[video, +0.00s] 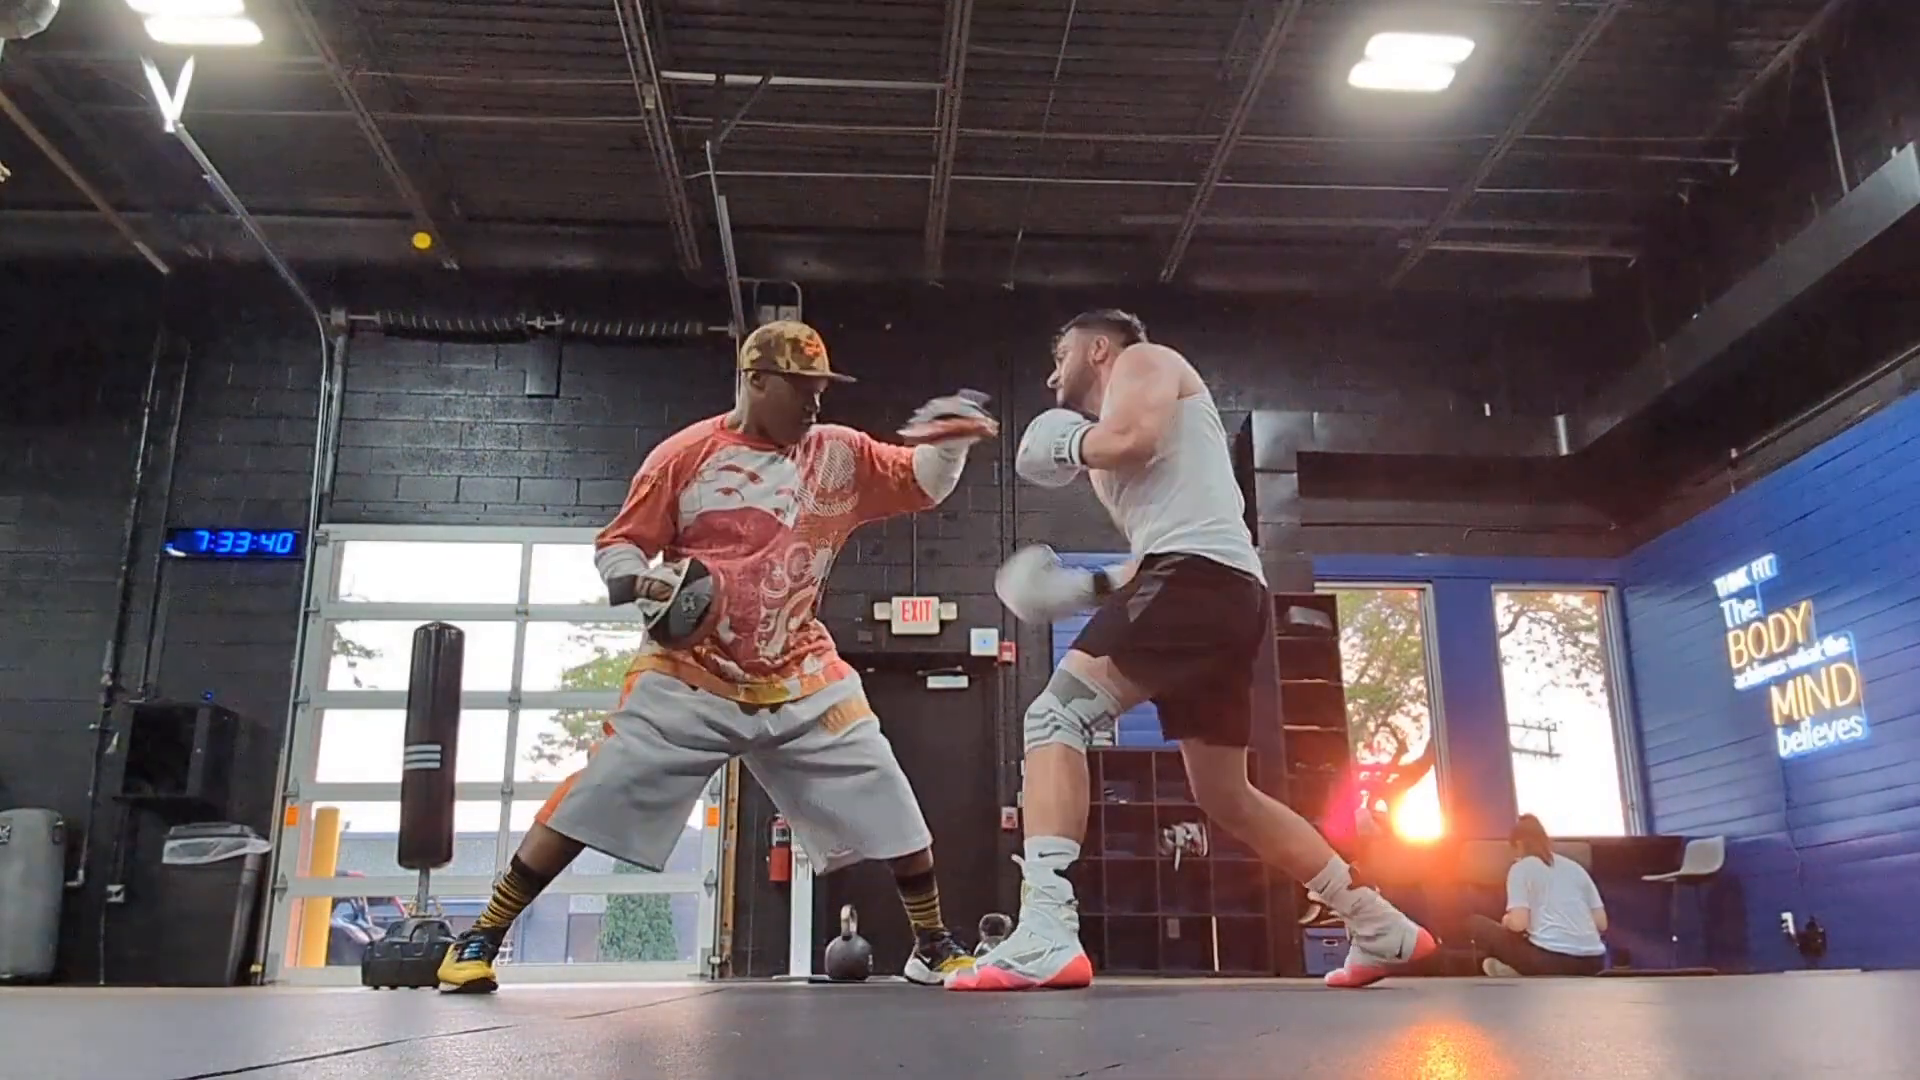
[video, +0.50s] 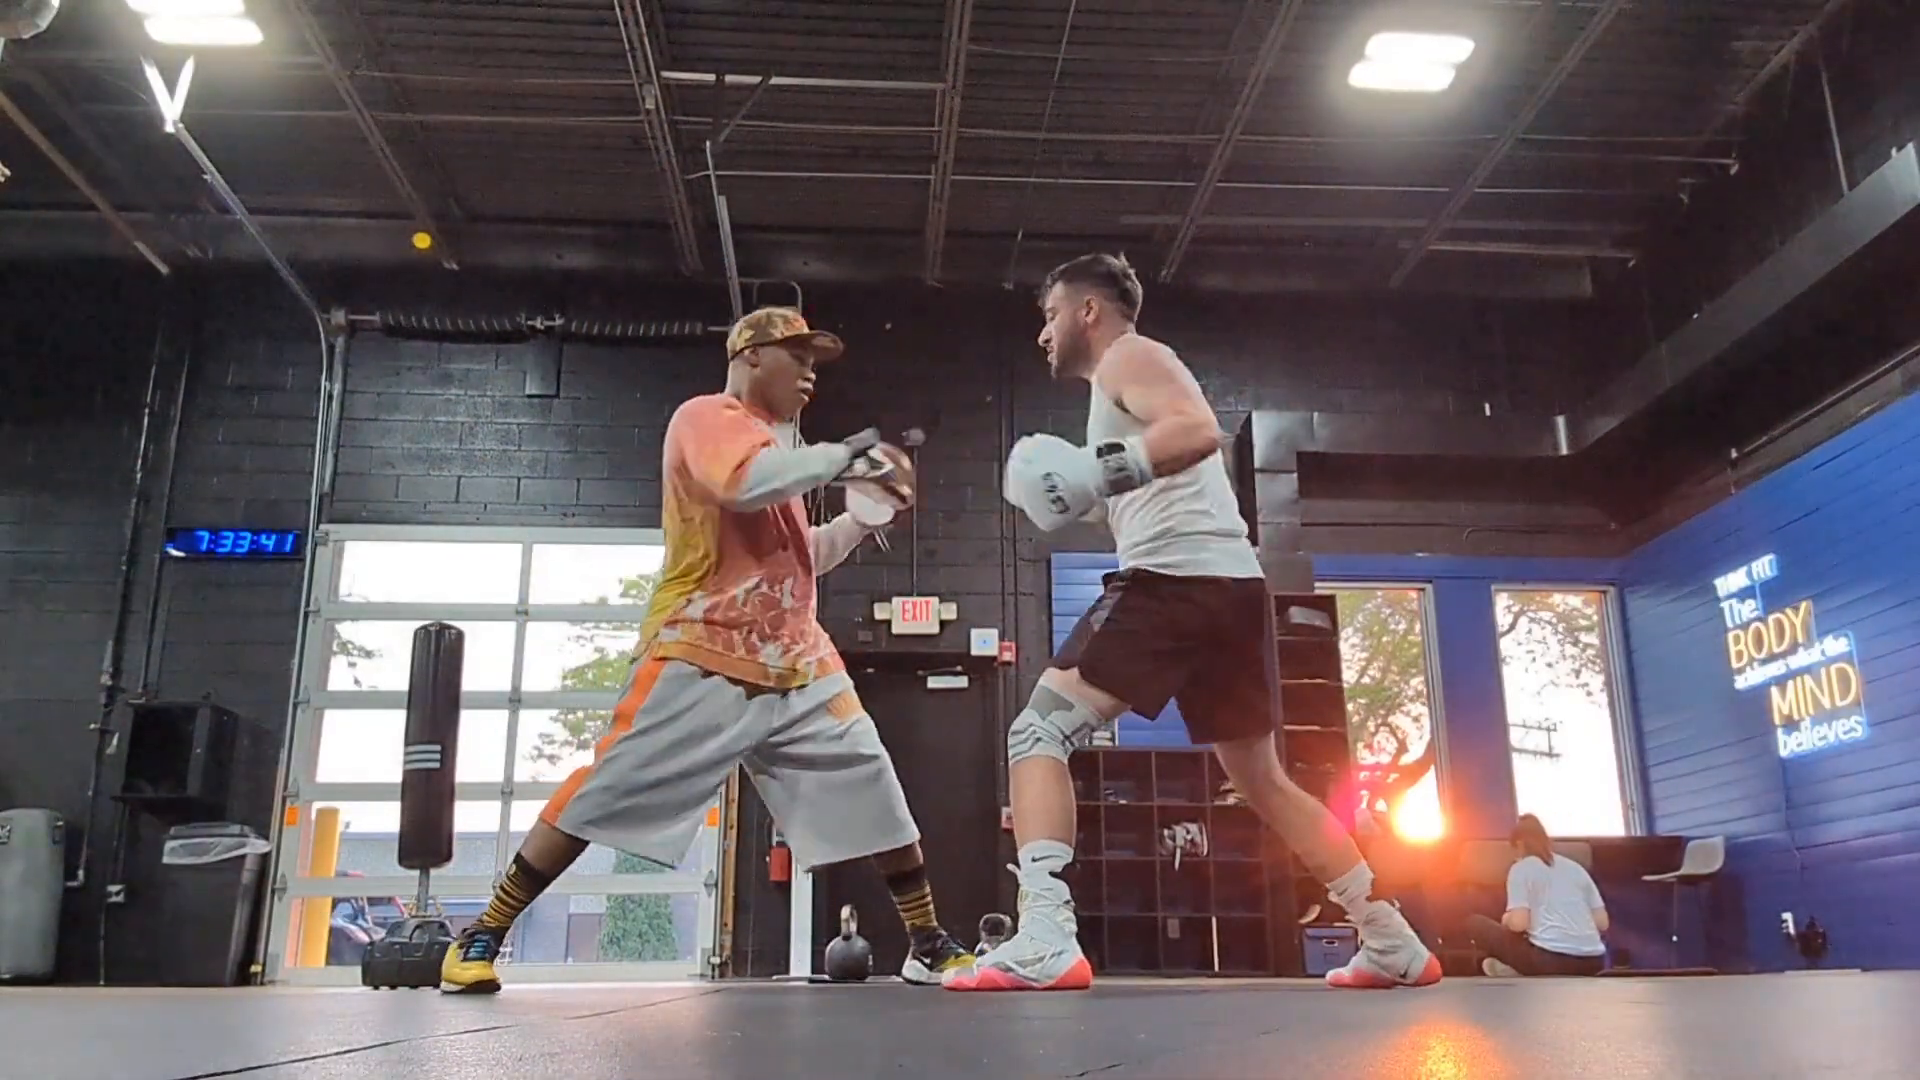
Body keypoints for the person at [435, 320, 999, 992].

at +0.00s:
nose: (813, 399)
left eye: (818, 387)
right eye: (800, 384)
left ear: (821, 388)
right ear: (755, 379)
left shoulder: (839, 452)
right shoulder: (688, 454)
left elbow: (922, 485)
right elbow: (619, 544)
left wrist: (945, 442)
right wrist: (640, 581)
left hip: (800, 666)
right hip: (687, 667)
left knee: (888, 786)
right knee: (594, 792)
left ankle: (935, 950)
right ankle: (482, 941)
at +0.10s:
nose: (821, 401)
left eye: (826, 388)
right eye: (810, 385)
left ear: (822, 390)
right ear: (762, 379)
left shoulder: (850, 453)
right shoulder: (693, 459)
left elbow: (926, 471)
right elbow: (616, 554)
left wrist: (966, 454)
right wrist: (672, 557)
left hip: (806, 661)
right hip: (689, 661)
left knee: (886, 780)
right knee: (601, 781)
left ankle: (935, 945)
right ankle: (482, 937)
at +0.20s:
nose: (816, 392)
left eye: (821, 380)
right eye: (804, 376)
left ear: (819, 383)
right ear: (757, 373)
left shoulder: (838, 451)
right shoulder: (695, 451)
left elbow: (913, 486)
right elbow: (601, 519)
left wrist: (895, 511)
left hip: (816, 659)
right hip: (703, 656)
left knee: (896, 775)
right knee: (604, 785)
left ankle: (934, 943)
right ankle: (477, 941)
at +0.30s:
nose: (827, 382)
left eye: (829, 370)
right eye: (815, 366)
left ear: (809, 374)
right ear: (767, 366)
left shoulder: (831, 463)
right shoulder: (711, 435)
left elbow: (857, 553)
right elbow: (699, 463)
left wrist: (855, 582)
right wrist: (734, 354)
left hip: (821, 655)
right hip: (715, 650)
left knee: (904, 775)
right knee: (617, 784)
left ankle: (934, 942)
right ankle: (487, 936)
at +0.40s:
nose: (830, 387)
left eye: (832, 376)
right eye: (817, 369)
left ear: (805, 375)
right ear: (767, 365)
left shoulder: (797, 449)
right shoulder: (723, 423)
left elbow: (791, 530)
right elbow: (798, 464)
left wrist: (831, 550)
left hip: (811, 651)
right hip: (715, 648)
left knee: (890, 763)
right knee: (619, 788)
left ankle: (933, 942)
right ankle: (489, 932)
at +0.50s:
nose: (813, 377)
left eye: (815, 365)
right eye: (800, 360)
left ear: (777, 370)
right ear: (752, 359)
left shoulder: (782, 452)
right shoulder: (704, 415)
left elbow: (800, 559)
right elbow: (739, 483)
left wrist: (861, 517)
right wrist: (845, 453)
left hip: (796, 648)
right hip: (704, 643)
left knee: (873, 773)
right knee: (607, 785)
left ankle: (929, 944)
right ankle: (484, 937)